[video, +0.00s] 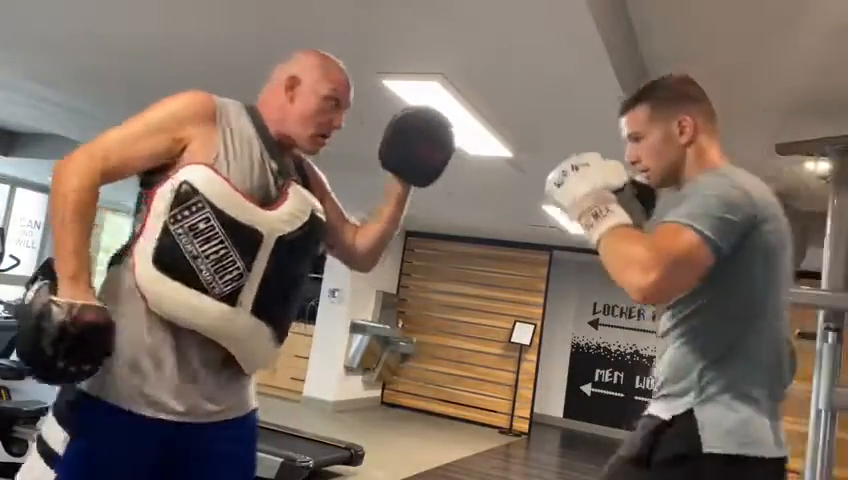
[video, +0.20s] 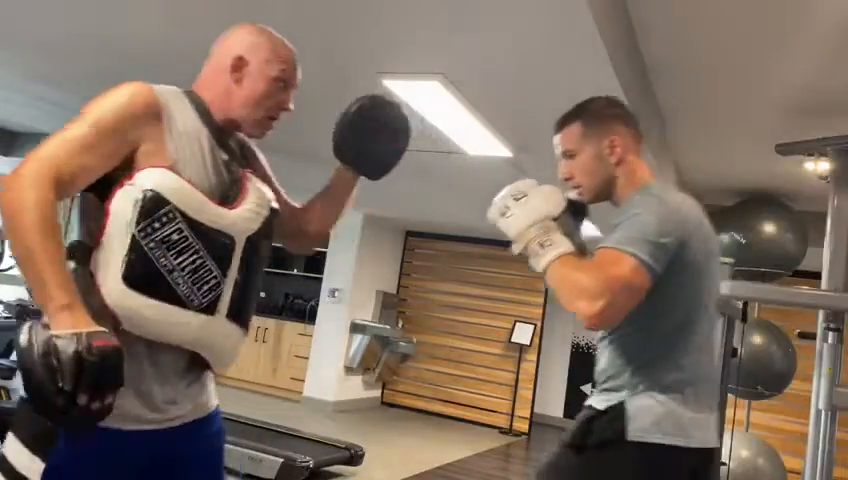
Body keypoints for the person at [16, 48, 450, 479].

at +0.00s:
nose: (340, 121)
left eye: (345, 111)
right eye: (332, 103)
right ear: (285, 89)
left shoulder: (307, 179)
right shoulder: (201, 115)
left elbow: (361, 251)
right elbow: (77, 169)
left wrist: (401, 185)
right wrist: (75, 291)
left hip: (224, 418)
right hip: (126, 404)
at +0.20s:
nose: (289, 105)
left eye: (293, 92)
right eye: (283, 82)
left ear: (240, 73)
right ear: (238, 67)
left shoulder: (248, 157)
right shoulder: (144, 106)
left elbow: (304, 233)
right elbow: (27, 185)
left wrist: (354, 161)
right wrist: (66, 313)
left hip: (194, 416)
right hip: (107, 417)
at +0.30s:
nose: (269, 90)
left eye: (272, 76)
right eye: (261, 70)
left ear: (218, 57)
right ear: (216, 54)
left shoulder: (222, 144)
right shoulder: (123, 97)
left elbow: (274, 221)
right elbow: (17, 177)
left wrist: (331, 159)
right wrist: (60, 322)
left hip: (173, 408)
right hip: (92, 414)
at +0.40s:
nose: (263, 88)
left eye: (266, 74)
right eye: (258, 69)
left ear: (217, 55)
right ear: (216, 53)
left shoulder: (210, 141)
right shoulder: (118, 90)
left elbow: (260, 208)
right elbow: (13, 169)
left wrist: (318, 146)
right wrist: (56, 325)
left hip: (164, 401)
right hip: (84, 407)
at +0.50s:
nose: (265, 92)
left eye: (268, 78)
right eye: (263, 73)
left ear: (223, 54)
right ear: (223, 53)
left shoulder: (201, 143)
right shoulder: (124, 91)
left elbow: (249, 205)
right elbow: (18, 173)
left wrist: (307, 144)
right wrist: (66, 333)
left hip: (158, 398)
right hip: (83, 402)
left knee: (167, 475)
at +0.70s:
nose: (288, 116)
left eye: (292, 102)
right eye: (287, 98)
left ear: (249, 80)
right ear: (253, 78)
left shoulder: (229, 166)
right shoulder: (164, 103)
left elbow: (252, 227)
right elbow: (60, 181)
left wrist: (309, 182)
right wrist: (91, 333)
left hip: (159, 401)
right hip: (81, 393)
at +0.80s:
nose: (304, 128)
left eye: (308, 117)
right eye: (304, 111)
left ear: (268, 96)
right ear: (274, 93)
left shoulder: (248, 175)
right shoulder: (191, 109)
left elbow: (266, 237)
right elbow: (90, 172)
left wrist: (320, 194)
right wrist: (107, 325)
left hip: (177, 412)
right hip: (102, 408)